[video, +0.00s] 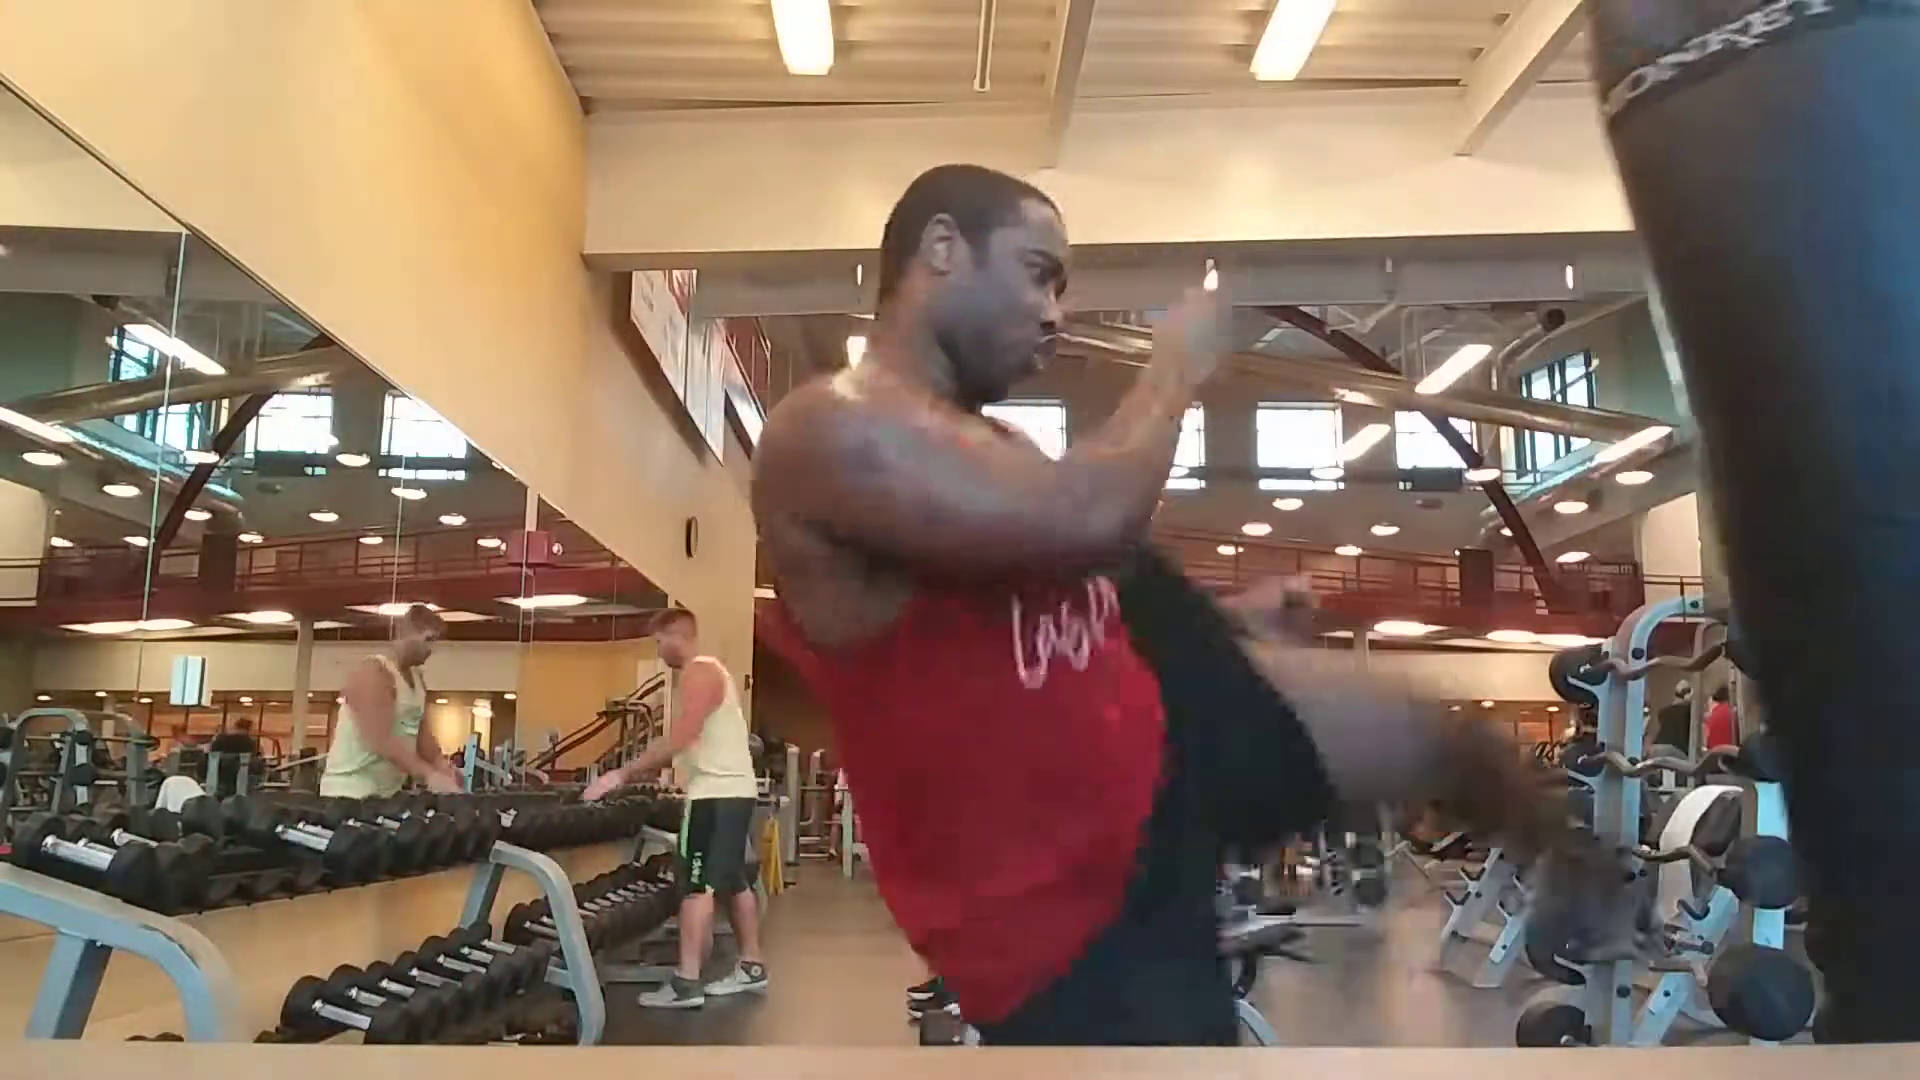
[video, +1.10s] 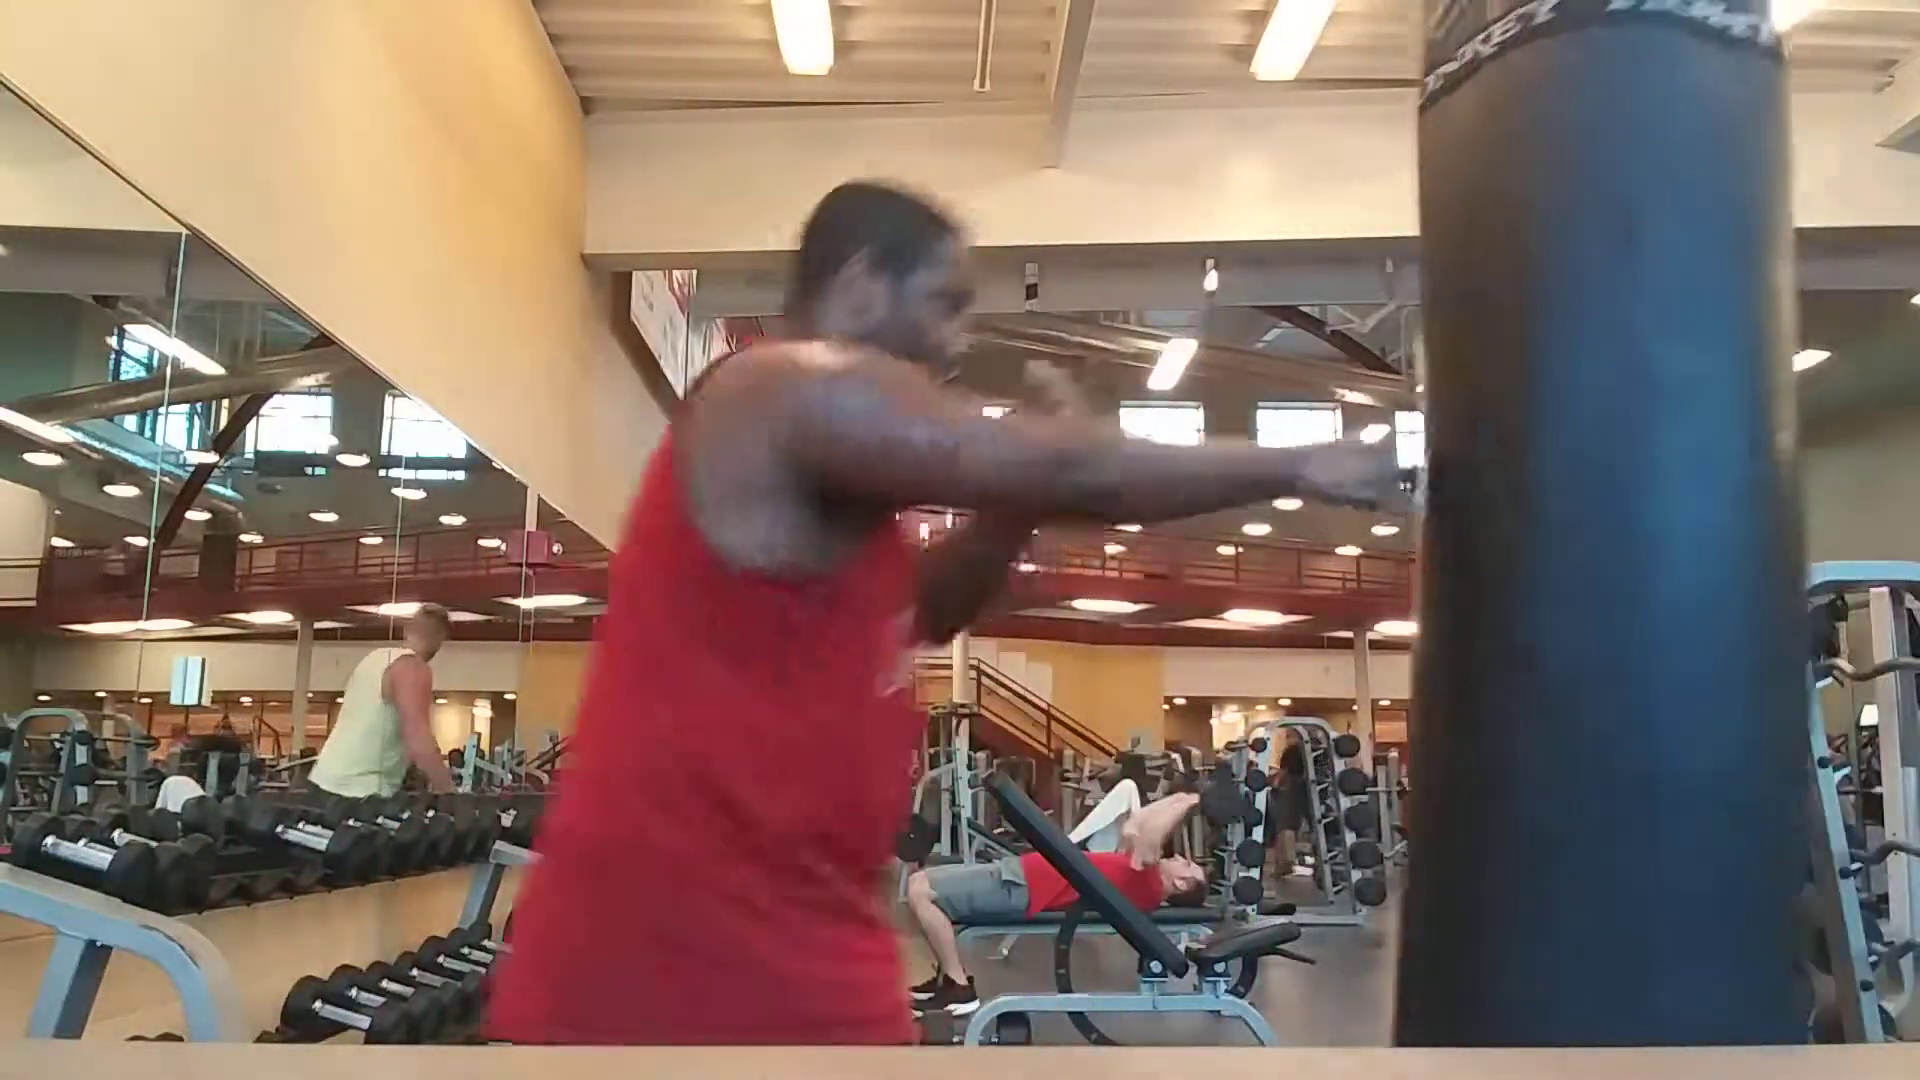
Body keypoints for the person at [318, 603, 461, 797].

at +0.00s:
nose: (431, 649)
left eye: (433, 641)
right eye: (428, 639)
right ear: (406, 632)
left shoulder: (415, 678)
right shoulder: (372, 672)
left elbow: (421, 736)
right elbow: (378, 740)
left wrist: (442, 767)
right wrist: (429, 775)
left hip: (389, 791)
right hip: (351, 792)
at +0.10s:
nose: (446, 652)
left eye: (448, 645)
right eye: (442, 644)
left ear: (421, 638)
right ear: (421, 637)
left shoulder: (423, 675)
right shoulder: (383, 675)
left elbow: (430, 731)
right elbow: (403, 745)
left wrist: (451, 771)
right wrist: (445, 784)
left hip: (382, 791)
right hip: (347, 789)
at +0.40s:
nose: (465, 662)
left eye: (467, 654)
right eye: (463, 653)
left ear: (442, 648)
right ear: (444, 648)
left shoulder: (440, 682)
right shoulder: (399, 681)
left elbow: (446, 737)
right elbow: (410, 762)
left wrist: (466, 790)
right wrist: (451, 798)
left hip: (383, 788)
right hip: (348, 787)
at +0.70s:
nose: (468, 662)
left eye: (470, 655)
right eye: (467, 654)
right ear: (449, 647)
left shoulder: (428, 677)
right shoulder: (405, 679)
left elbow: (431, 736)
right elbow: (411, 759)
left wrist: (451, 785)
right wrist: (451, 801)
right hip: (351, 791)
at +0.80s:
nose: (464, 657)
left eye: (467, 650)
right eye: (465, 649)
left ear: (430, 634)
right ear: (452, 645)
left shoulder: (419, 672)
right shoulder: (406, 676)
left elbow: (415, 740)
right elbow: (413, 754)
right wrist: (448, 799)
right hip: (352, 788)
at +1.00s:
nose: (442, 653)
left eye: (446, 647)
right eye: (445, 646)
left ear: (415, 631)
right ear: (441, 644)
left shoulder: (380, 658)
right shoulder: (406, 669)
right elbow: (417, 745)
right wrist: (447, 793)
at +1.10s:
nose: (437, 648)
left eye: (441, 642)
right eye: (440, 641)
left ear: (406, 631)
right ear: (438, 641)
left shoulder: (375, 659)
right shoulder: (411, 668)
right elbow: (420, 746)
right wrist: (449, 795)